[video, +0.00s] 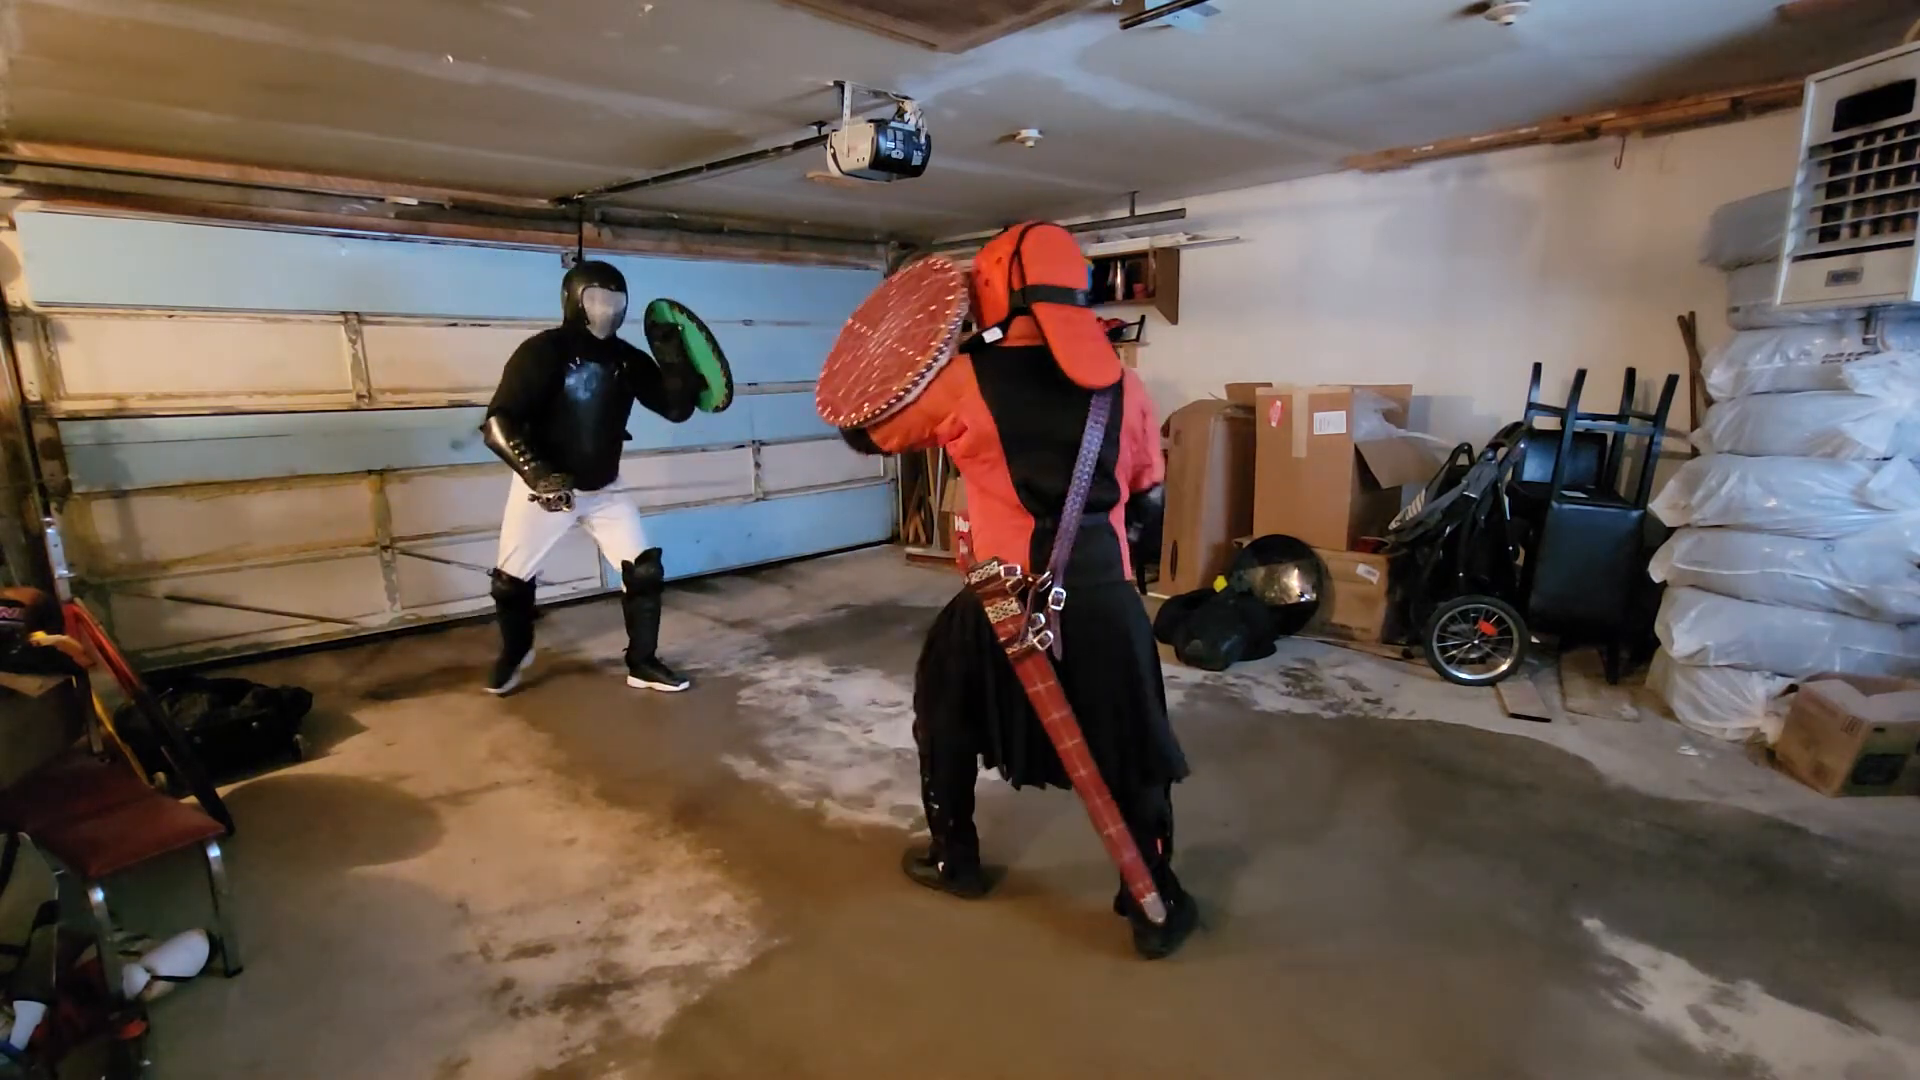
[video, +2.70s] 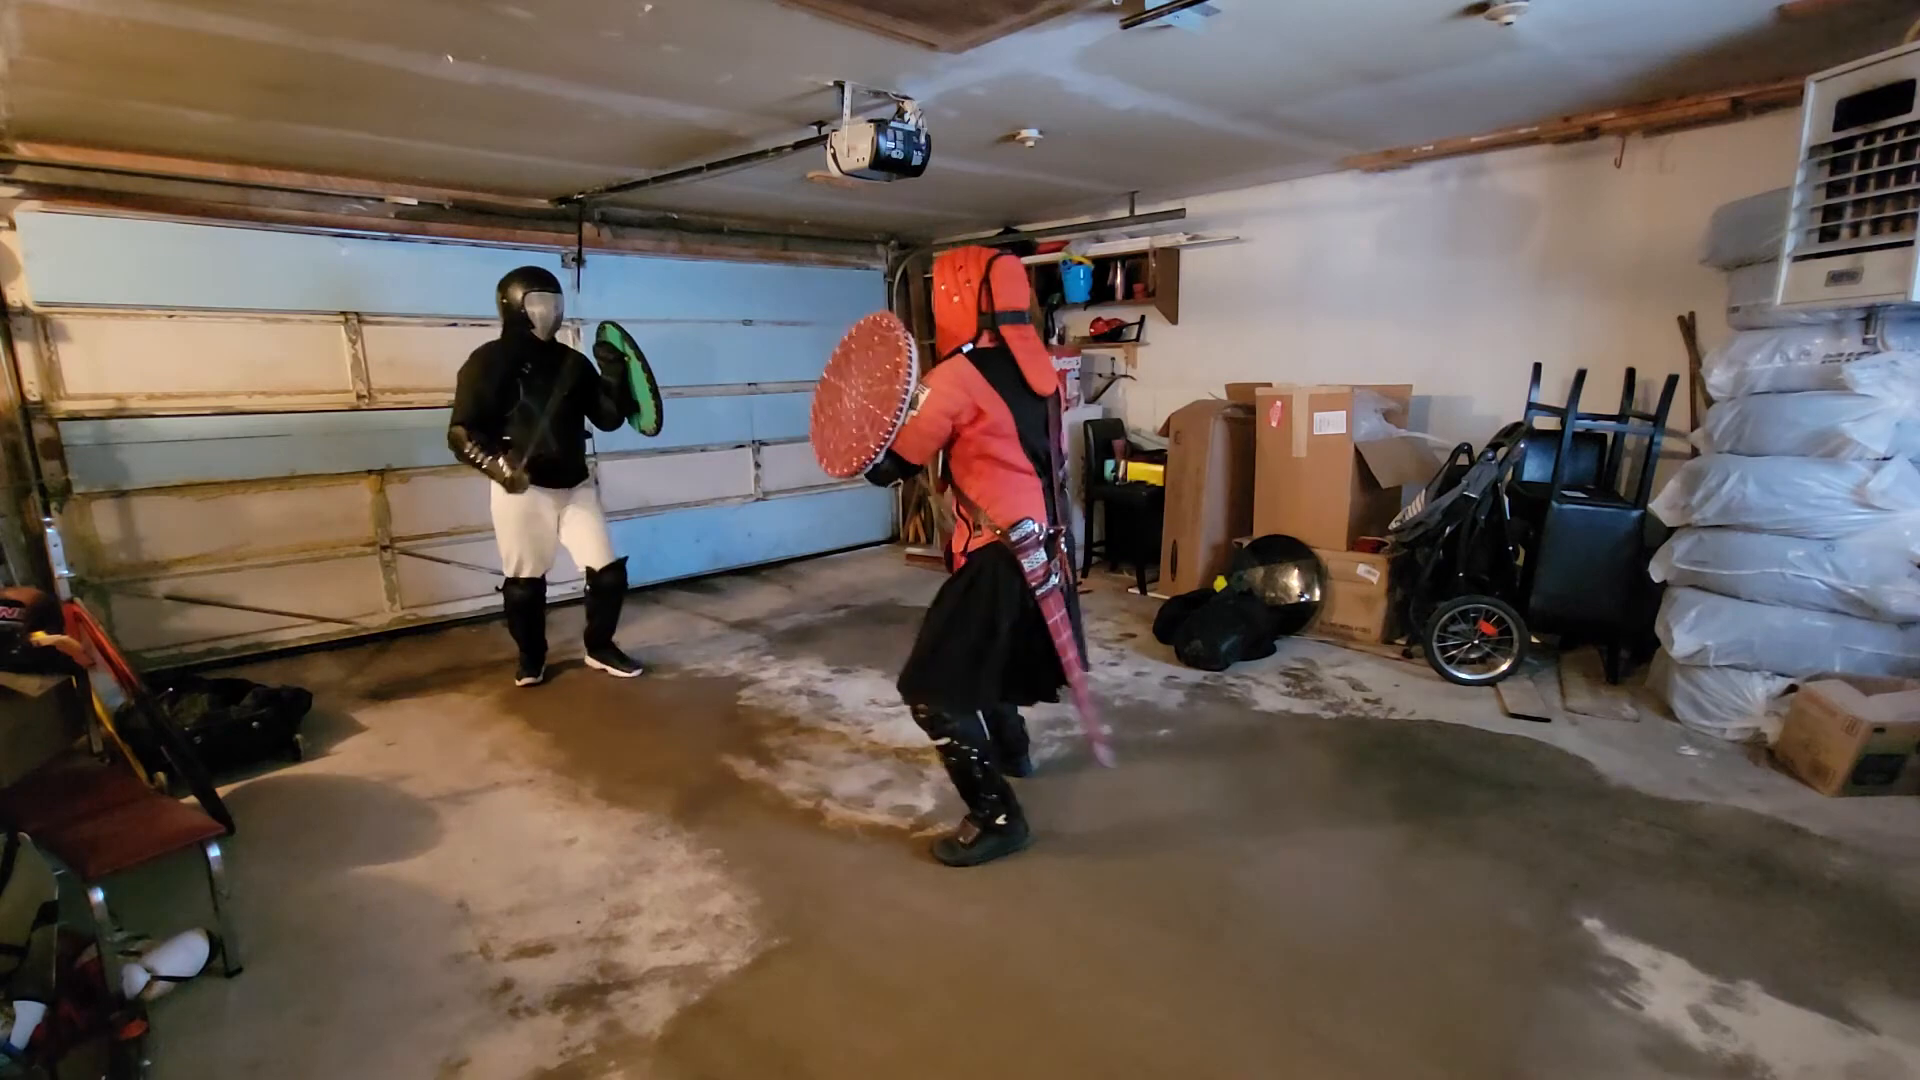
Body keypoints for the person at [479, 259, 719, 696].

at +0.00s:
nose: (615, 307)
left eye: (619, 297)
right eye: (605, 296)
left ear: (623, 303)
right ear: (578, 299)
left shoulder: (627, 359)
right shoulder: (542, 352)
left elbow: (677, 408)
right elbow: (498, 423)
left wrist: (673, 353)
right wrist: (537, 475)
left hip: (605, 491)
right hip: (541, 490)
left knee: (644, 569)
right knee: (509, 582)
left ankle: (642, 661)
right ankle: (515, 651)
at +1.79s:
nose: (643, 307)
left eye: (644, 298)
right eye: (633, 298)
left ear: (643, 304)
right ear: (603, 302)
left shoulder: (652, 362)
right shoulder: (570, 362)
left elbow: (694, 420)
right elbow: (547, 440)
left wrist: (695, 365)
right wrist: (603, 457)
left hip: (640, 494)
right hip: (581, 493)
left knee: (681, 576)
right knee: (558, 594)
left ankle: (686, 678)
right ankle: (556, 662)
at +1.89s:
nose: (649, 310)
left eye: (649, 301)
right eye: (640, 301)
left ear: (636, 308)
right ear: (610, 304)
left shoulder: (655, 363)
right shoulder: (583, 358)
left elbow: (688, 403)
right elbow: (595, 416)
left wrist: (693, 353)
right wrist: (656, 427)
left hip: (640, 492)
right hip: (584, 490)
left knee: (682, 573)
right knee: (561, 589)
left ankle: (686, 677)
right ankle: (558, 663)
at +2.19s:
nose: (619, 319)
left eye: (621, 310)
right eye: (608, 310)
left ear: (624, 315)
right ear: (581, 317)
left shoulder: (632, 378)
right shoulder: (563, 367)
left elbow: (664, 431)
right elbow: (571, 423)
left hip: (624, 500)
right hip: (570, 497)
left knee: (674, 575)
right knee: (553, 603)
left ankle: (686, 678)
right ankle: (528, 651)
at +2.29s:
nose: (603, 320)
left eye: (604, 310)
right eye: (593, 310)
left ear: (601, 315)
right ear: (565, 314)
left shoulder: (612, 374)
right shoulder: (540, 371)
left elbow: (645, 433)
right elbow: (534, 438)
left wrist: (653, 389)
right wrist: (588, 477)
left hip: (605, 496)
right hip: (549, 496)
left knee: (651, 576)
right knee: (537, 592)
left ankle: (684, 676)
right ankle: (530, 666)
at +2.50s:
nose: (575, 315)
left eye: (574, 306)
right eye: (566, 306)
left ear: (567, 311)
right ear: (538, 312)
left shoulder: (585, 369)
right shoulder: (503, 367)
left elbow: (616, 426)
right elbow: (481, 441)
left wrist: (625, 382)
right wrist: (526, 467)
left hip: (581, 489)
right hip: (526, 492)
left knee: (625, 561)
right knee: (526, 585)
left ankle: (628, 649)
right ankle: (532, 662)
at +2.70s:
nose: (557, 312)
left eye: (558, 303)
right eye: (548, 303)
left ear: (554, 308)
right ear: (520, 307)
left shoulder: (571, 363)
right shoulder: (488, 363)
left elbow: (608, 418)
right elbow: (461, 433)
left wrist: (614, 374)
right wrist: (498, 466)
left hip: (575, 486)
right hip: (520, 489)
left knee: (608, 575)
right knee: (525, 582)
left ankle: (599, 646)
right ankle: (531, 661)